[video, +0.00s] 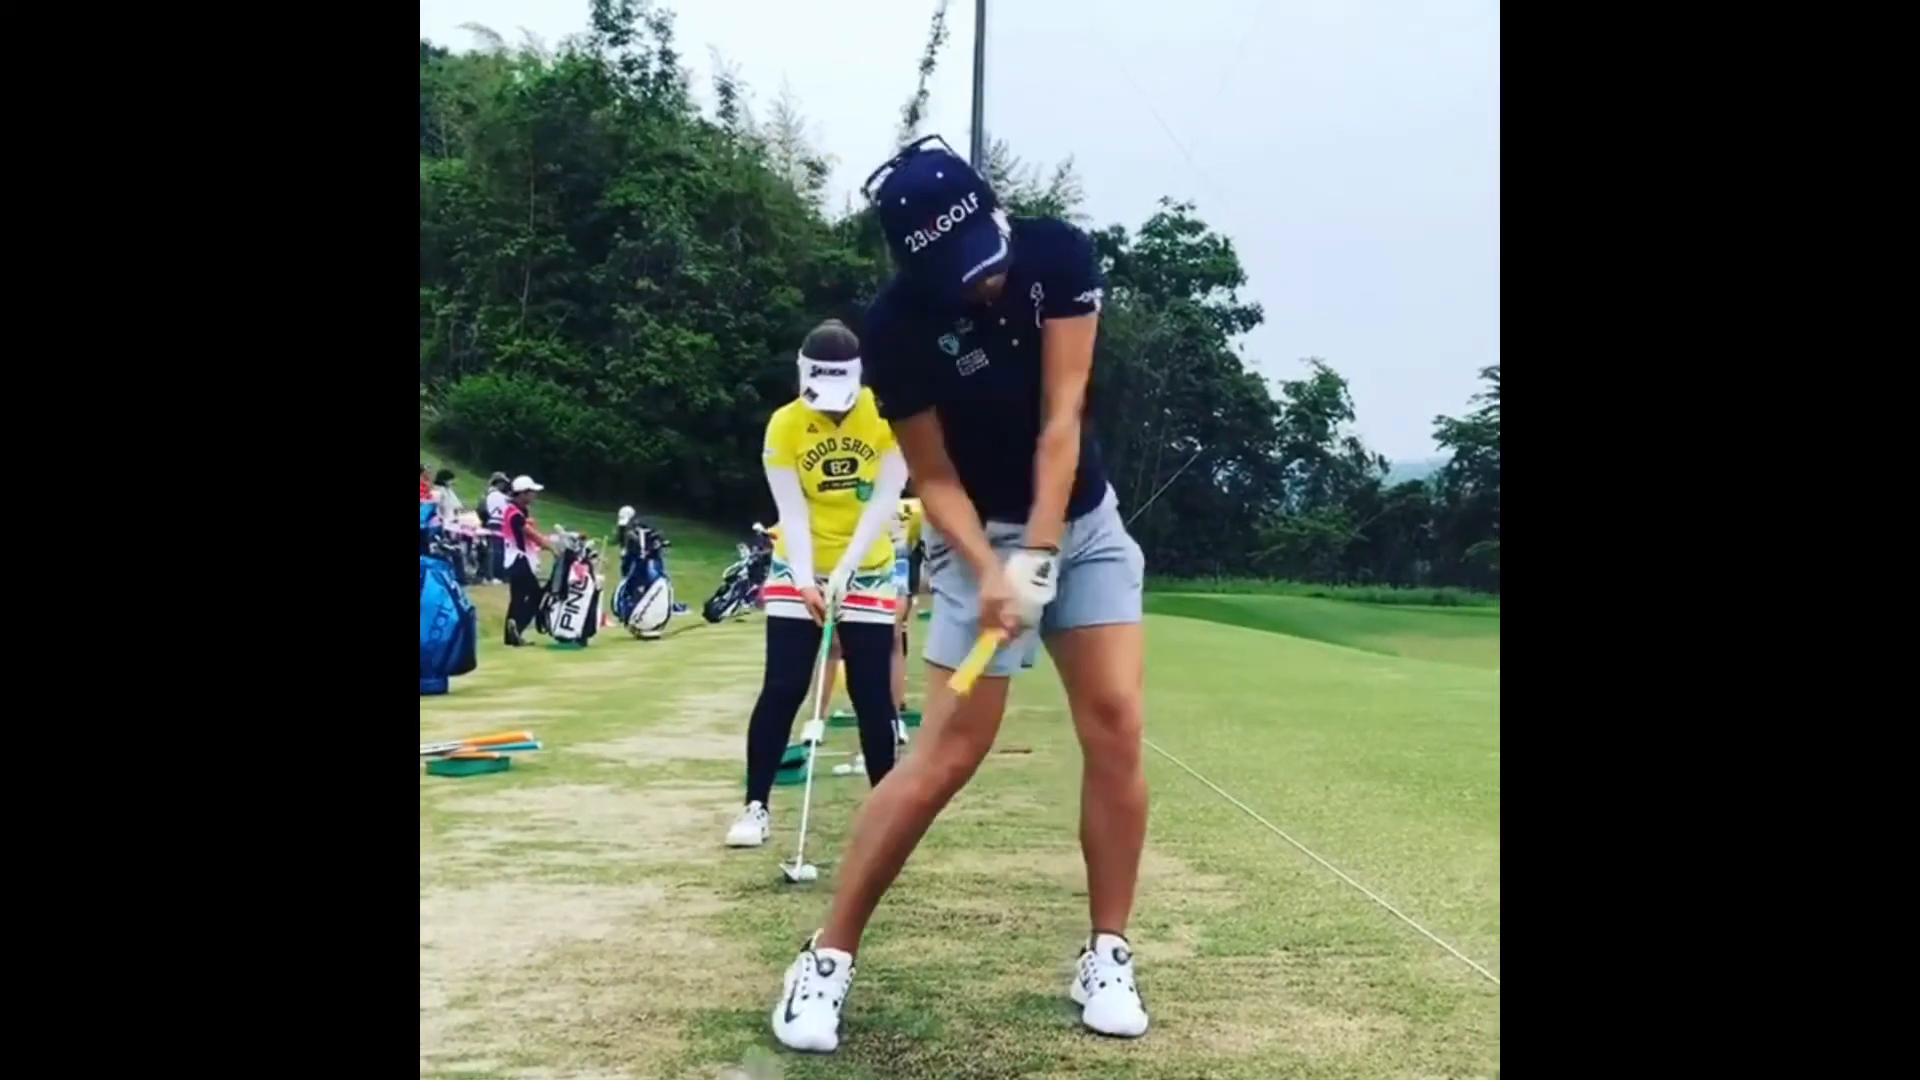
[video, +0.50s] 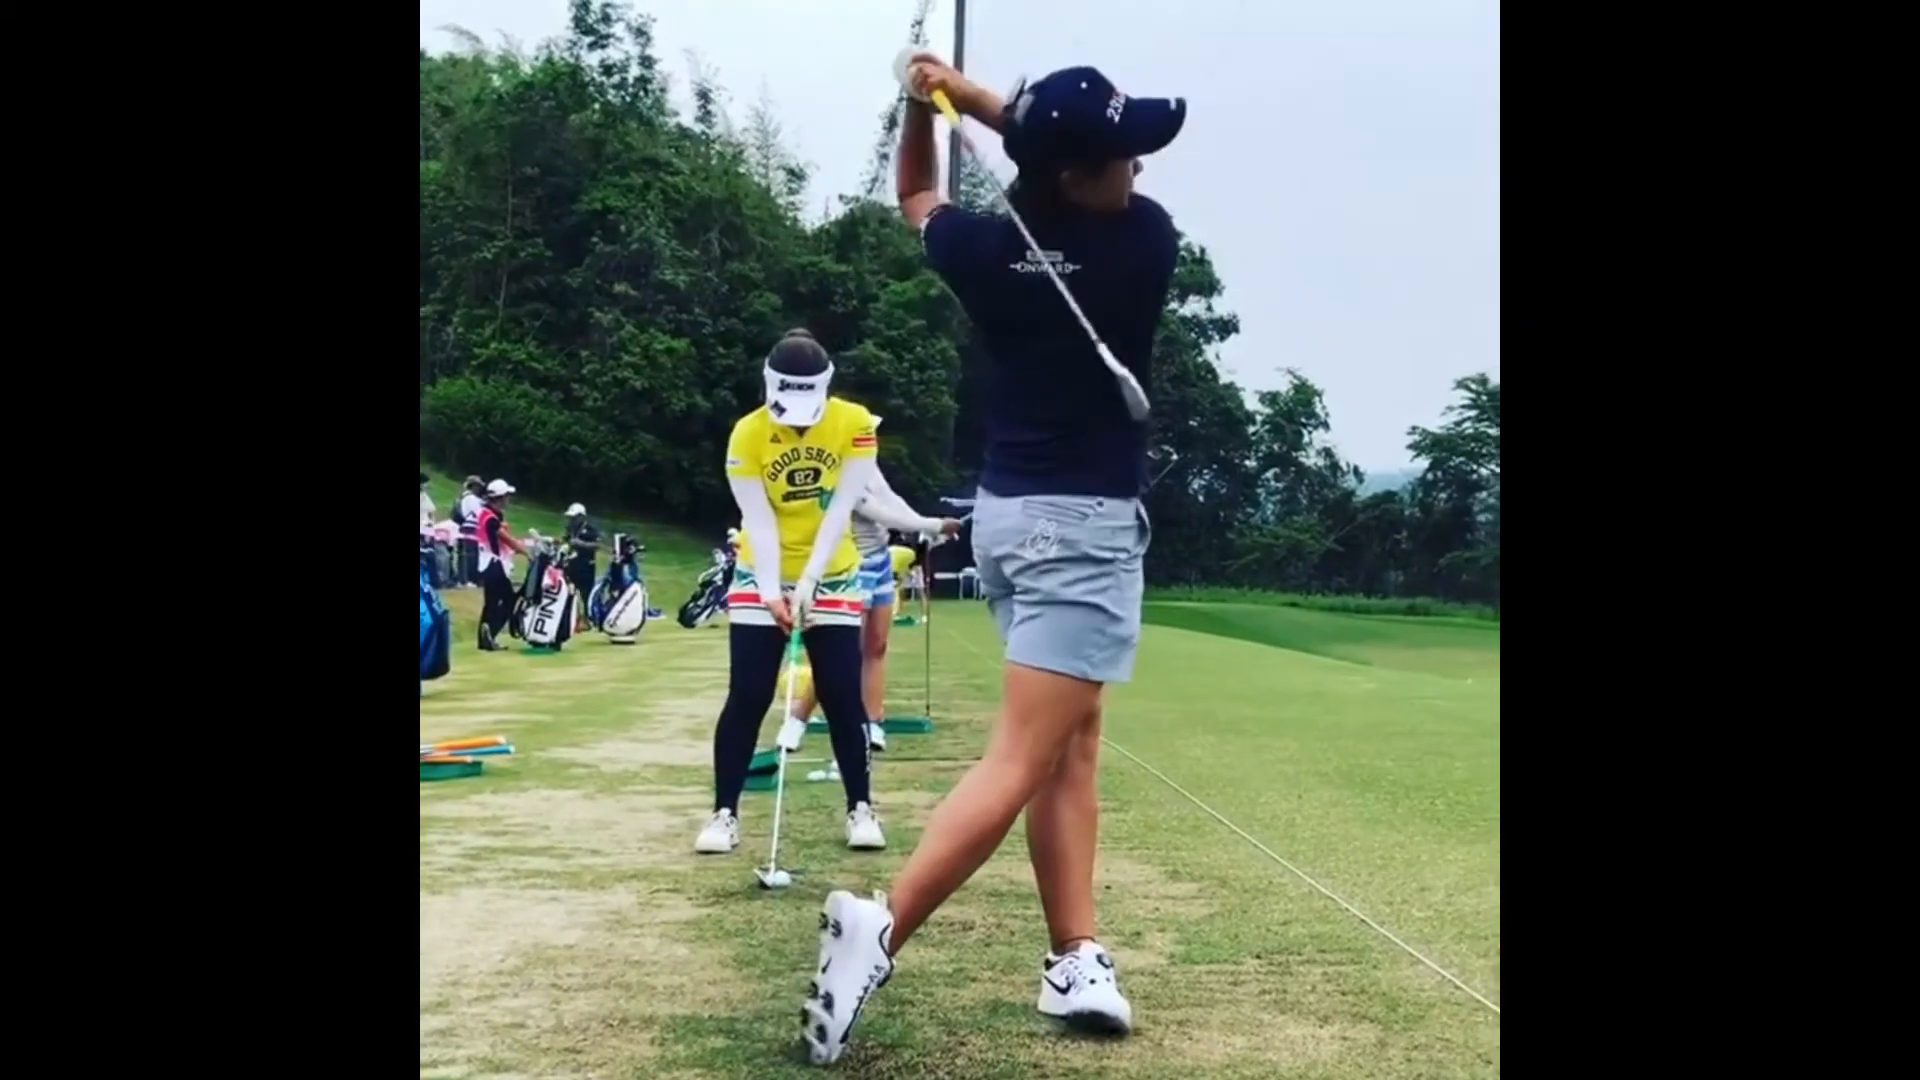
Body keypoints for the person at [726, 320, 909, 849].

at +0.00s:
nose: (830, 403)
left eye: (840, 391)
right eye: (819, 390)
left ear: (859, 375)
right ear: (804, 375)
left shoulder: (888, 416)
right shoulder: (784, 428)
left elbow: (886, 499)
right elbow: (792, 515)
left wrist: (844, 568)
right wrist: (803, 579)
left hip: (869, 571)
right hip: (797, 568)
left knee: (873, 698)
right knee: (782, 689)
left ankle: (891, 812)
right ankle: (755, 807)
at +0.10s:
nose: (829, 404)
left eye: (840, 393)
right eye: (819, 392)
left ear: (860, 377)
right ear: (804, 376)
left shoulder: (893, 418)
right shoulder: (783, 429)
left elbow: (882, 504)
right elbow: (791, 515)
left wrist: (843, 569)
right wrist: (801, 578)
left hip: (868, 571)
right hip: (795, 568)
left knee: (869, 699)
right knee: (777, 688)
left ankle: (881, 813)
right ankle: (749, 806)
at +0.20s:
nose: (823, 406)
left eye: (833, 395)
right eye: (813, 394)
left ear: (852, 379)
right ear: (798, 379)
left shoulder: (885, 419)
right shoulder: (775, 429)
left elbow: (874, 505)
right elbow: (784, 516)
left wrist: (835, 573)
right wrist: (793, 582)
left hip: (861, 573)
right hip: (788, 571)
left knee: (861, 693)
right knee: (771, 688)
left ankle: (873, 806)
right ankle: (741, 807)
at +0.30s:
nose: (811, 408)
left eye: (822, 397)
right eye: (801, 396)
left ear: (842, 383)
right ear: (785, 381)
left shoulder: (872, 420)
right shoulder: (763, 431)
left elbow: (863, 506)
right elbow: (773, 518)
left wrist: (825, 575)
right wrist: (784, 584)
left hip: (850, 574)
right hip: (776, 573)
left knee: (852, 693)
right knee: (761, 691)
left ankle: (868, 807)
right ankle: (735, 809)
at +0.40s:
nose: (801, 411)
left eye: (811, 400)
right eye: (791, 399)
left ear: (830, 384)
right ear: (775, 384)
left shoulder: (859, 420)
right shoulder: (751, 434)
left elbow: (851, 504)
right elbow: (763, 521)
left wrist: (813, 577)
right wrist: (774, 586)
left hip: (839, 576)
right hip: (765, 575)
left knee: (846, 696)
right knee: (752, 695)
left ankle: (863, 808)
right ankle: (728, 812)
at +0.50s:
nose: (795, 413)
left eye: (805, 403)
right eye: (785, 402)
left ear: (825, 387)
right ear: (769, 387)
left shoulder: (855, 424)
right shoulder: (747, 437)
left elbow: (843, 506)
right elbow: (758, 522)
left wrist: (808, 578)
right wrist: (769, 586)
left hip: (834, 575)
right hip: (759, 575)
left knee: (842, 696)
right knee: (747, 695)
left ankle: (860, 809)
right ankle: (724, 814)